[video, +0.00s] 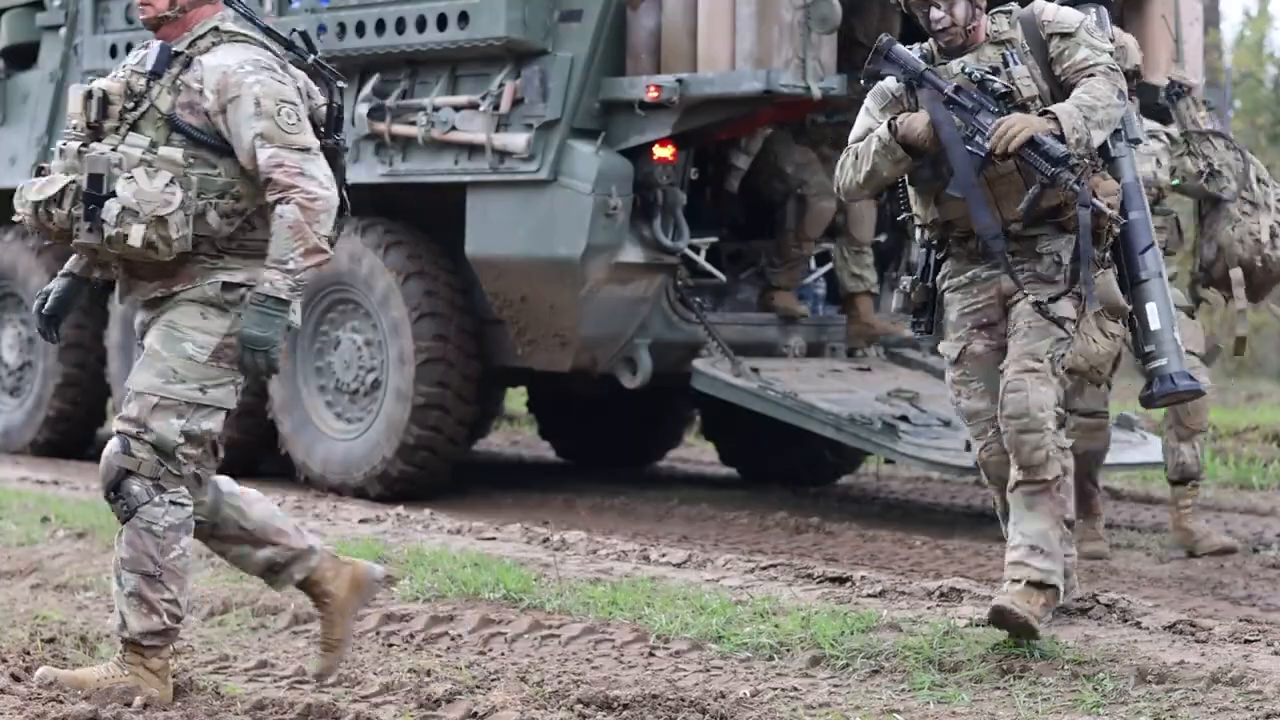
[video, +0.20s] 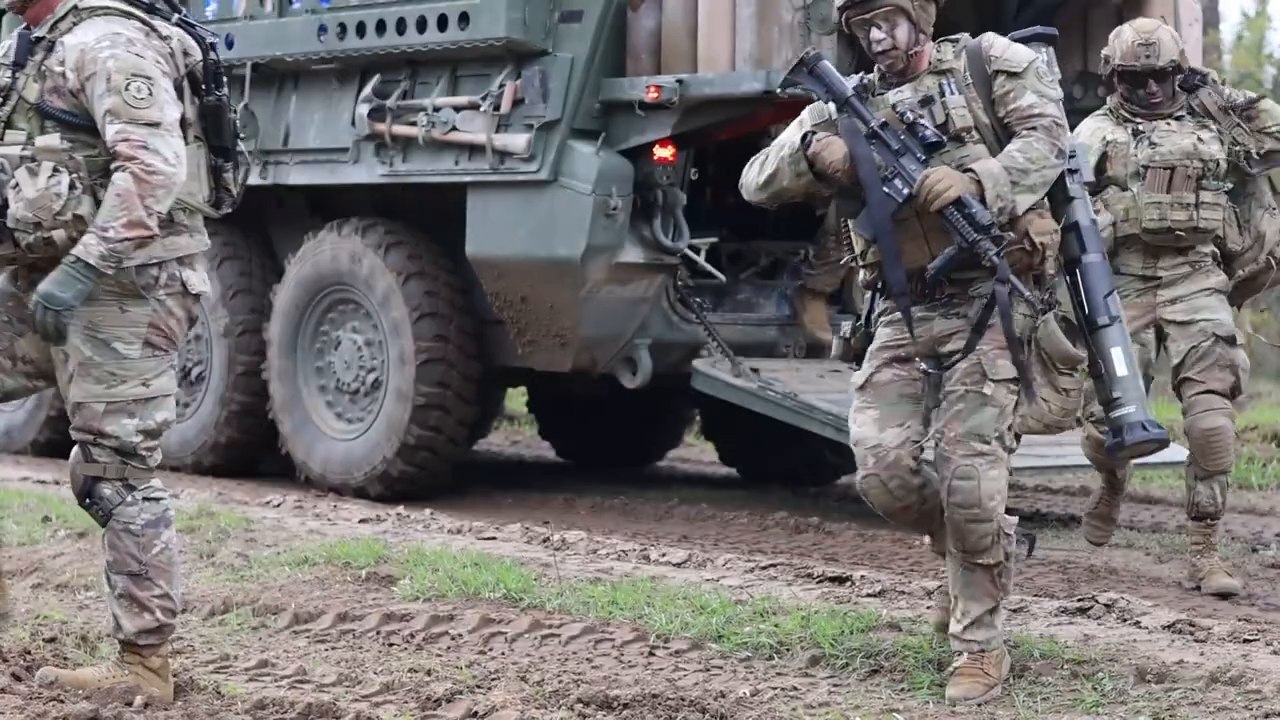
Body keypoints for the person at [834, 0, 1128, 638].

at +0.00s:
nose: (938, 13)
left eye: (946, 1)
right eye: (926, 8)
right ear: (916, 15)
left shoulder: (1038, 25)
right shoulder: (901, 81)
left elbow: (1109, 89)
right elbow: (850, 178)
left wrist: (1050, 121)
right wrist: (901, 136)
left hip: (1051, 253)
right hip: (965, 268)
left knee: (1027, 405)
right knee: (989, 441)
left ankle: (1026, 586)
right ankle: (1045, 569)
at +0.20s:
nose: (877, 37)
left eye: (889, 20)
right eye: (865, 27)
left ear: (923, 18)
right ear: (856, 35)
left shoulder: (990, 60)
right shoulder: (846, 104)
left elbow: (1048, 142)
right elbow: (756, 186)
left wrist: (978, 177)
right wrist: (809, 150)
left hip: (989, 310)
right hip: (898, 320)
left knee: (968, 479)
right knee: (884, 473)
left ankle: (979, 642)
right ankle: (978, 540)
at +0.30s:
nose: (837, 48)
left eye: (849, 29)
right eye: (825, 37)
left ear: (884, 25)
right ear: (815, 44)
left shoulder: (960, 73)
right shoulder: (812, 114)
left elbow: (1004, 162)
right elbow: (702, 187)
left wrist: (924, 205)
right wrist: (753, 164)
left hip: (958, 324)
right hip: (864, 325)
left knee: (946, 514)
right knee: (818, 466)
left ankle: (976, 645)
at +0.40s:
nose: (786, 53)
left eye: (798, 34)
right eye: (775, 41)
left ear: (837, 27)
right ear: (767, 48)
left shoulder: (913, 75)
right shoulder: (769, 119)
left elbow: (956, 168)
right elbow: (660, 174)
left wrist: (865, 213)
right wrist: (692, 168)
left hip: (919, 319)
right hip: (823, 328)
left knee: (916, 529)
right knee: (779, 507)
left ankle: (970, 640)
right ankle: (765, 685)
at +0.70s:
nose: (617, 48)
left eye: (629, 29)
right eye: (607, 36)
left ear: (673, 20)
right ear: (600, 39)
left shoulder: (751, 69)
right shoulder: (609, 108)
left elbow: (807, 170)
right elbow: (498, 197)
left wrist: (704, 218)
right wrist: (526, 190)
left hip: (743, 326)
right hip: (657, 338)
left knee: (650, 498)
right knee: (696, 531)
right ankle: (763, 697)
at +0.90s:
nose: (498, 26)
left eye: (510, 9)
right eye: (488, 14)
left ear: (555, 5)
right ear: (482, 21)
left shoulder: (637, 57)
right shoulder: (478, 95)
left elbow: (686, 166)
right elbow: (380, 183)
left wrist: (575, 207)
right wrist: (374, 155)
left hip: (609, 334)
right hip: (530, 342)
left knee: (519, 543)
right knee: (561, 553)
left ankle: (500, 702)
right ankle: (698, 662)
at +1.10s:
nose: (399, 4)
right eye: (388, 3)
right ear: (377, 4)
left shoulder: (526, 21)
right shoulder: (363, 66)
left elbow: (579, 128)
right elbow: (236, 152)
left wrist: (464, 187)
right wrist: (271, 134)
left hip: (510, 321)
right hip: (409, 317)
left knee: (476, 577)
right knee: (319, 452)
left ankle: (492, 705)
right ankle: (365, 663)